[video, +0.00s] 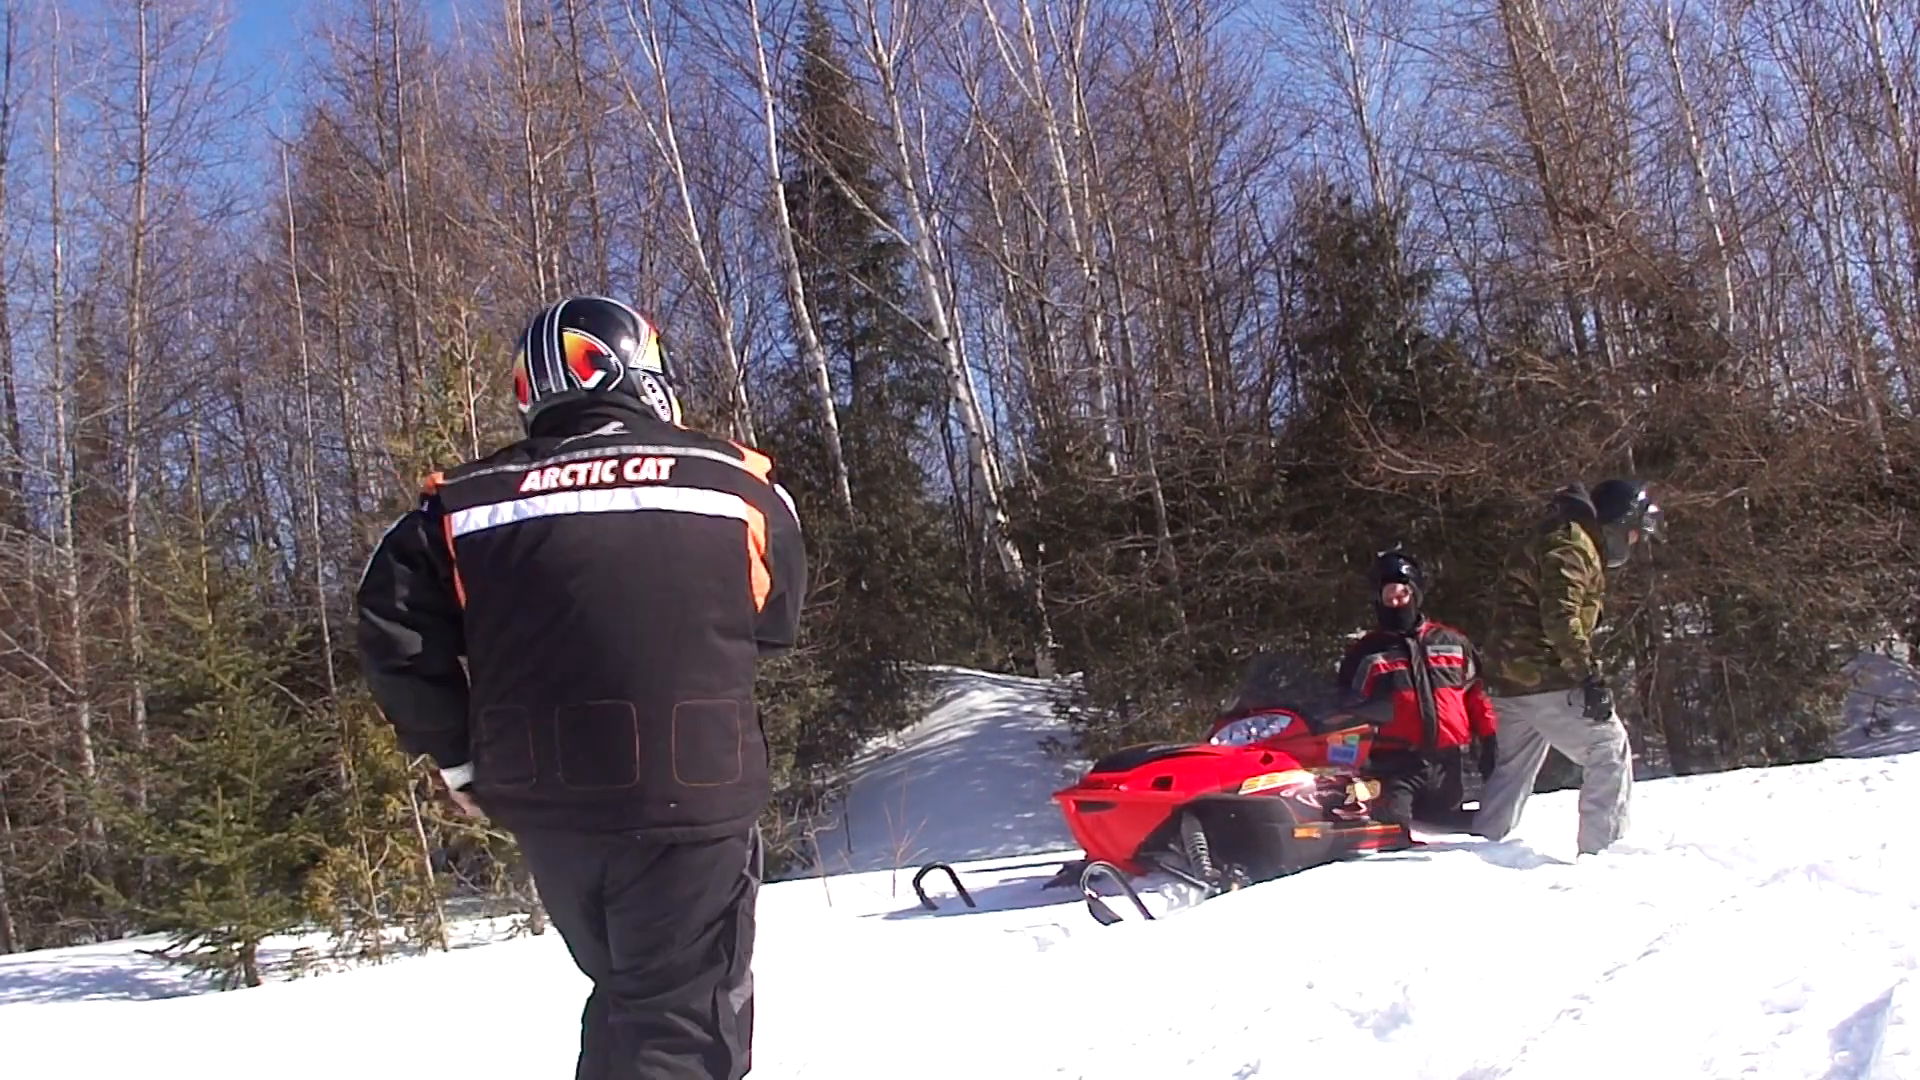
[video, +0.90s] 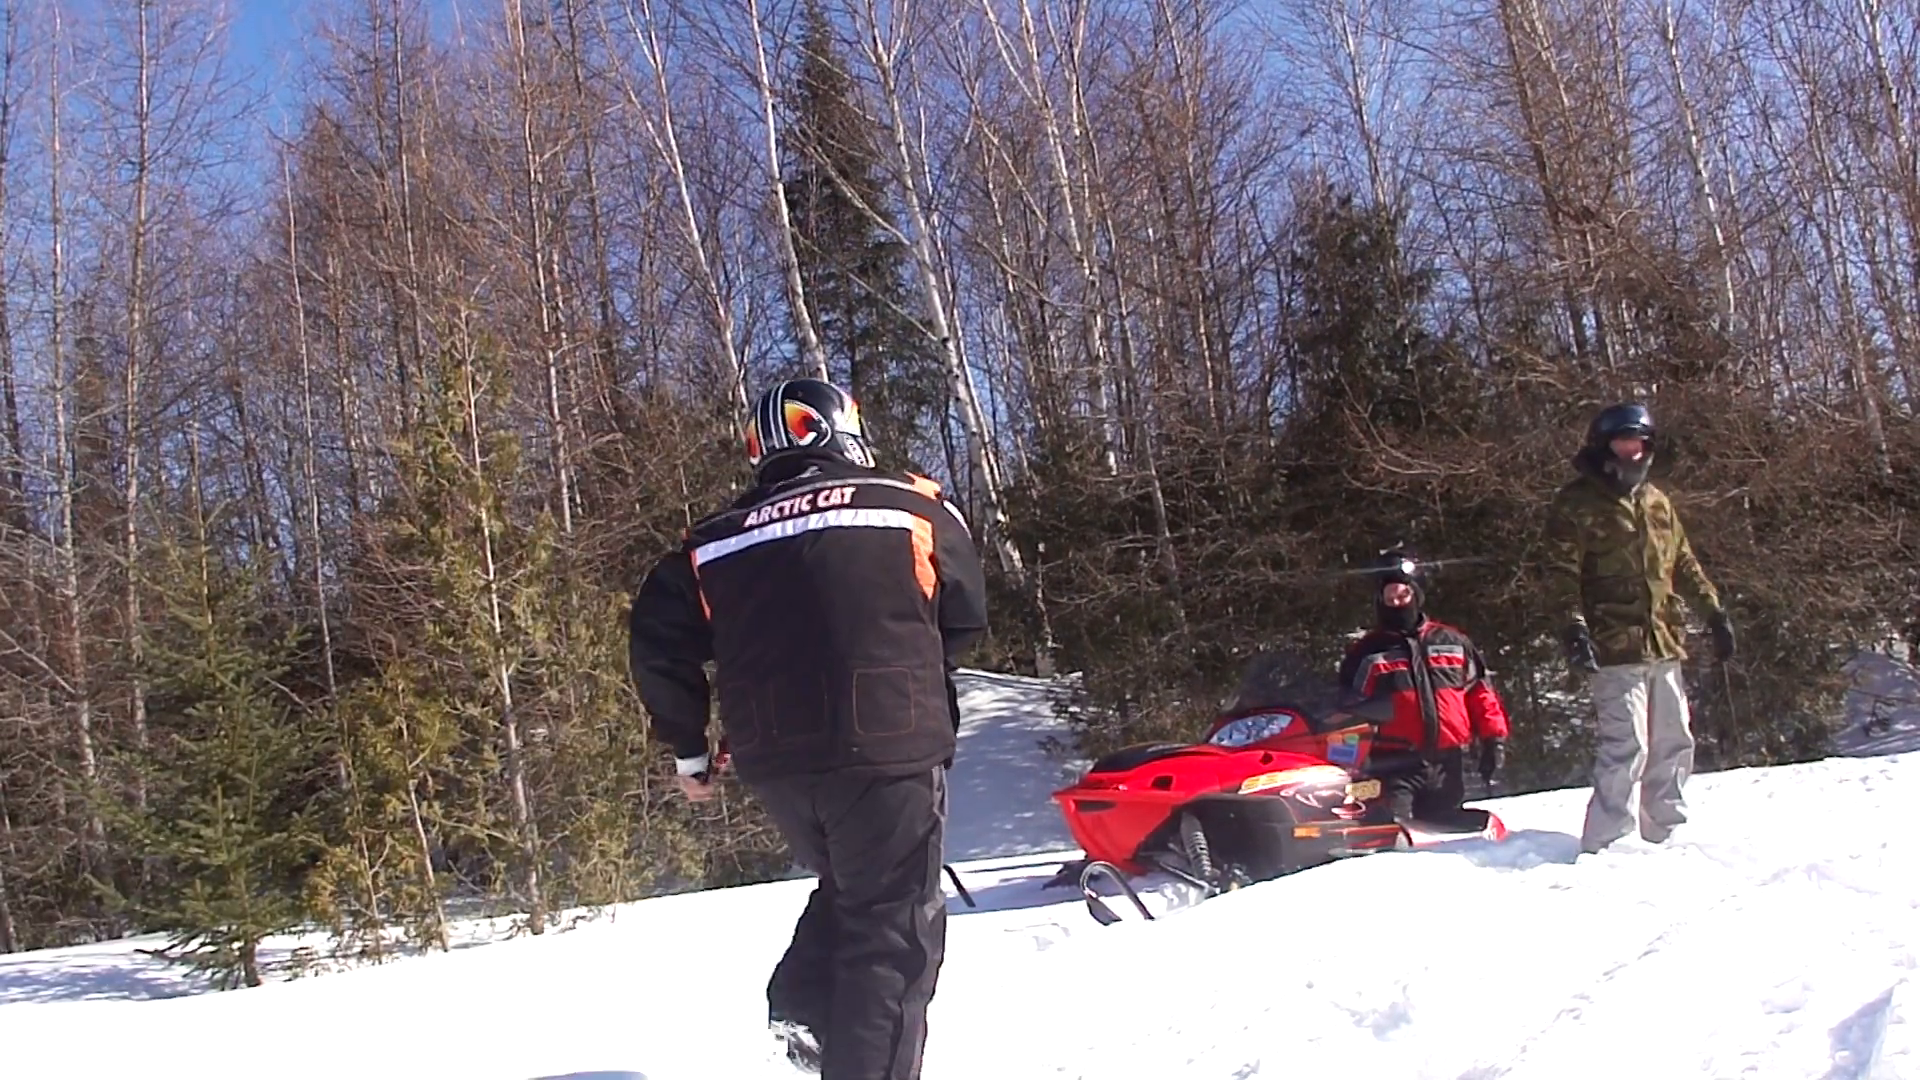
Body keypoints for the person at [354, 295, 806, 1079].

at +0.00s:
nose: (670, 382)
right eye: (662, 368)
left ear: (529, 388)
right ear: (645, 374)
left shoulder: (461, 498)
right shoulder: (737, 485)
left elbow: (391, 629)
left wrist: (455, 754)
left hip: (543, 812)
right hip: (694, 807)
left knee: (623, 1002)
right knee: (675, 1027)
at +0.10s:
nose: (691, 391)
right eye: (683, 377)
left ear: (557, 398)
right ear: (670, 384)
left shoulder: (491, 509)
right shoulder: (758, 491)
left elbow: (425, 645)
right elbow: (799, 632)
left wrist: (484, 767)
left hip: (568, 811)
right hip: (713, 802)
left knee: (682, 995)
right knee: (685, 1024)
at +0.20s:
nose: (710, 400)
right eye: (701, 387)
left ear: (581, 406)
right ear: (687, 392)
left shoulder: (514, 518)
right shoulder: (774, 490)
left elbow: (456, 650)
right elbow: (825, 627)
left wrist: (520, 763)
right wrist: (752, 687)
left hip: (593, 813)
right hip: (740, 798)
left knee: (663, 1010)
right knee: (749, 1012)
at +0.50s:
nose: (796, 428)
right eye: (787, 417)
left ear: (680, 429)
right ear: (774, 420)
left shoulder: (617, 526)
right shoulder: (831, 489)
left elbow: (543, 622)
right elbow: (908, 599)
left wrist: (602, 729)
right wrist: (863, 691)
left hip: (672, 787)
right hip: (812, 777)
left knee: (707, 980)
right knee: (852, 969)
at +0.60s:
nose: (830, 443)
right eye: (821, 430)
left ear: (713, 445)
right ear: (809, 436)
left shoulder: (654, 541)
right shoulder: (869, 514)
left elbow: (584, 637)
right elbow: (938, 630)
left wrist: (641, 736)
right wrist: (877, 682)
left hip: (706, 804)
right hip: (840, 801)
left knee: (727, 971)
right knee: (871, 977)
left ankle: (697, 1076)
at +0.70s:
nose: (852, 455)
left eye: (845, 444)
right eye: (844, 443)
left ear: (740, 454)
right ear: (829, 449)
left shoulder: (677, 549)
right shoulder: (890, 529)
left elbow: (614, 642)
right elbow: (949, 642)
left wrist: (660, 751)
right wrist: (897, 696)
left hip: (733, 804)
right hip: (861, 799)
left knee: (782, 950)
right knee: (897, 962)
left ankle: (707, 1051)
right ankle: (862, 1070)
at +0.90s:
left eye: (764, 432)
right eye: (850, 427)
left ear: (762, 443)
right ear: (848, 433)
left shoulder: (713, 535)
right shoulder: (912, 501)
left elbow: (657, 633)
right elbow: (965, 612)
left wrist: (687, 746)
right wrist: (919, 653)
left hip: (770, 757)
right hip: (892, 750)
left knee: (841, 880)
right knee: (888, 932)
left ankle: (800, 1012)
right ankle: (869, 1069)